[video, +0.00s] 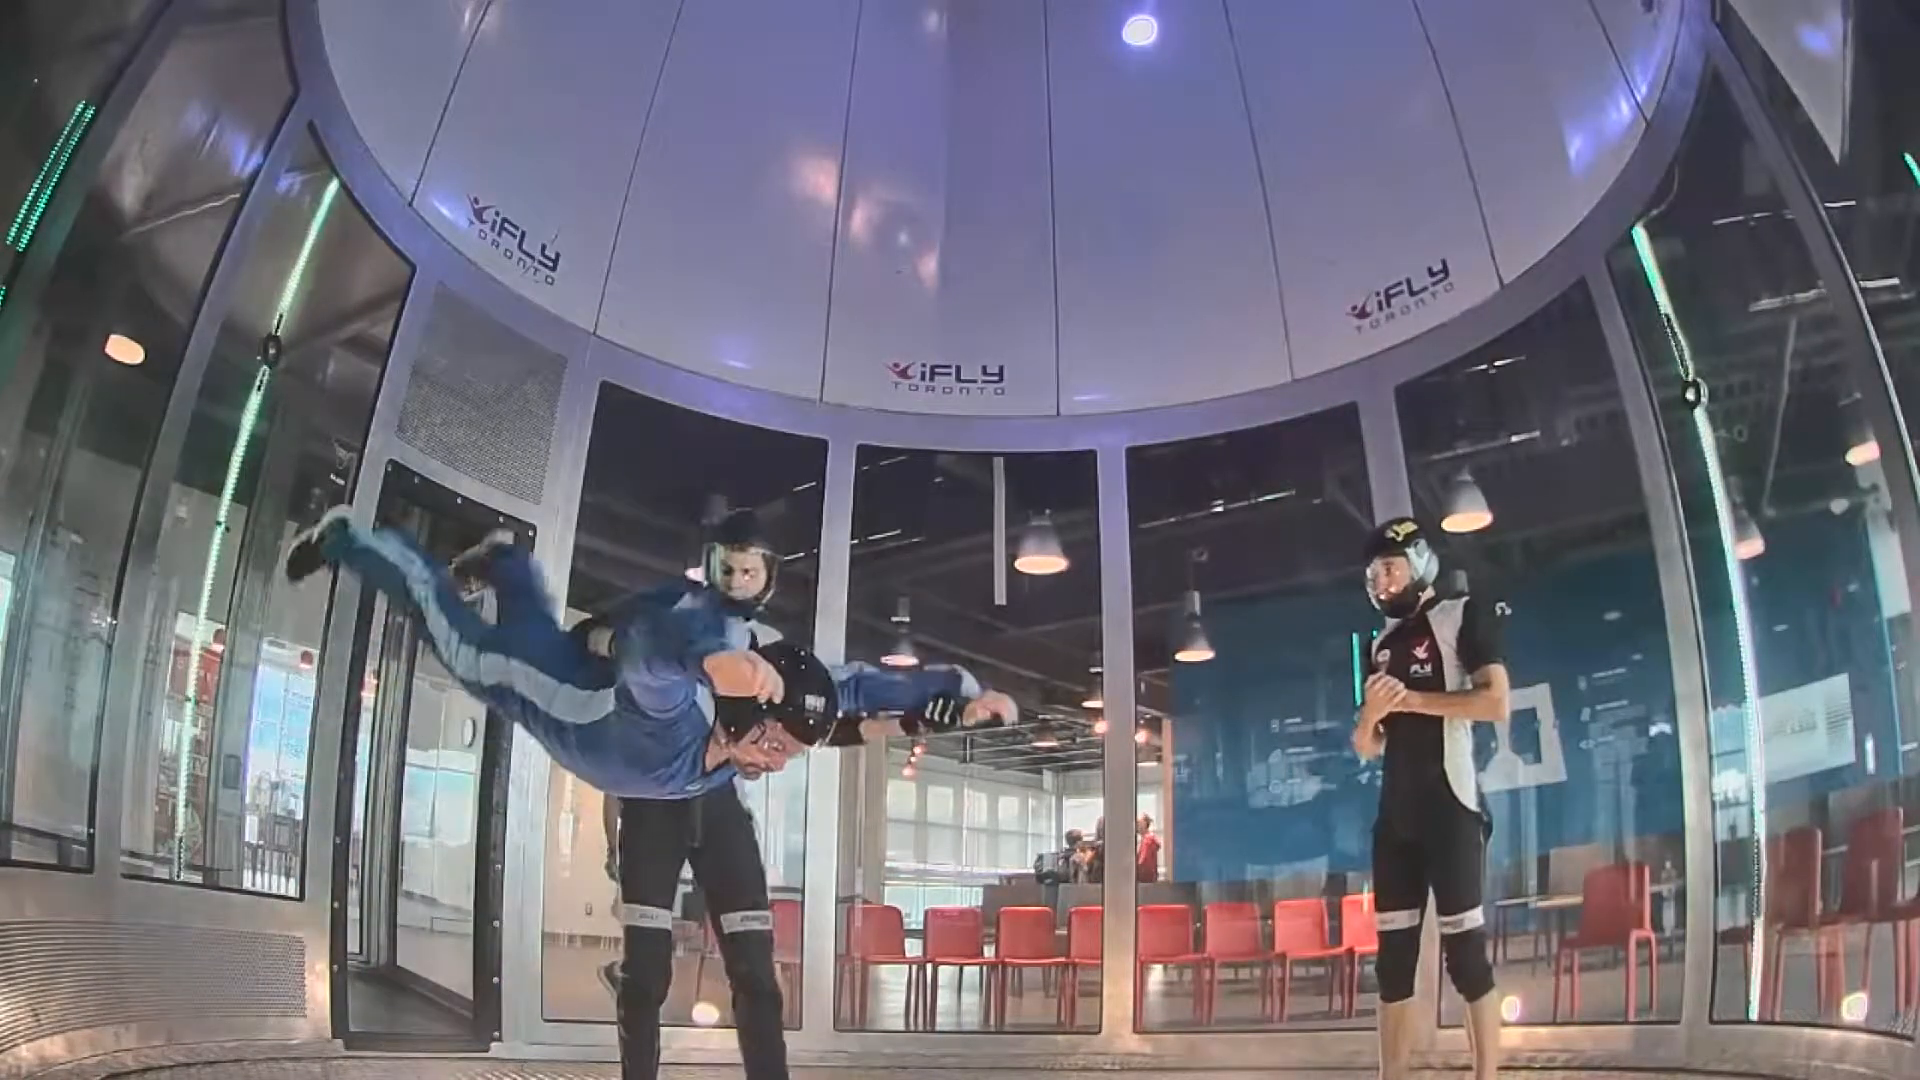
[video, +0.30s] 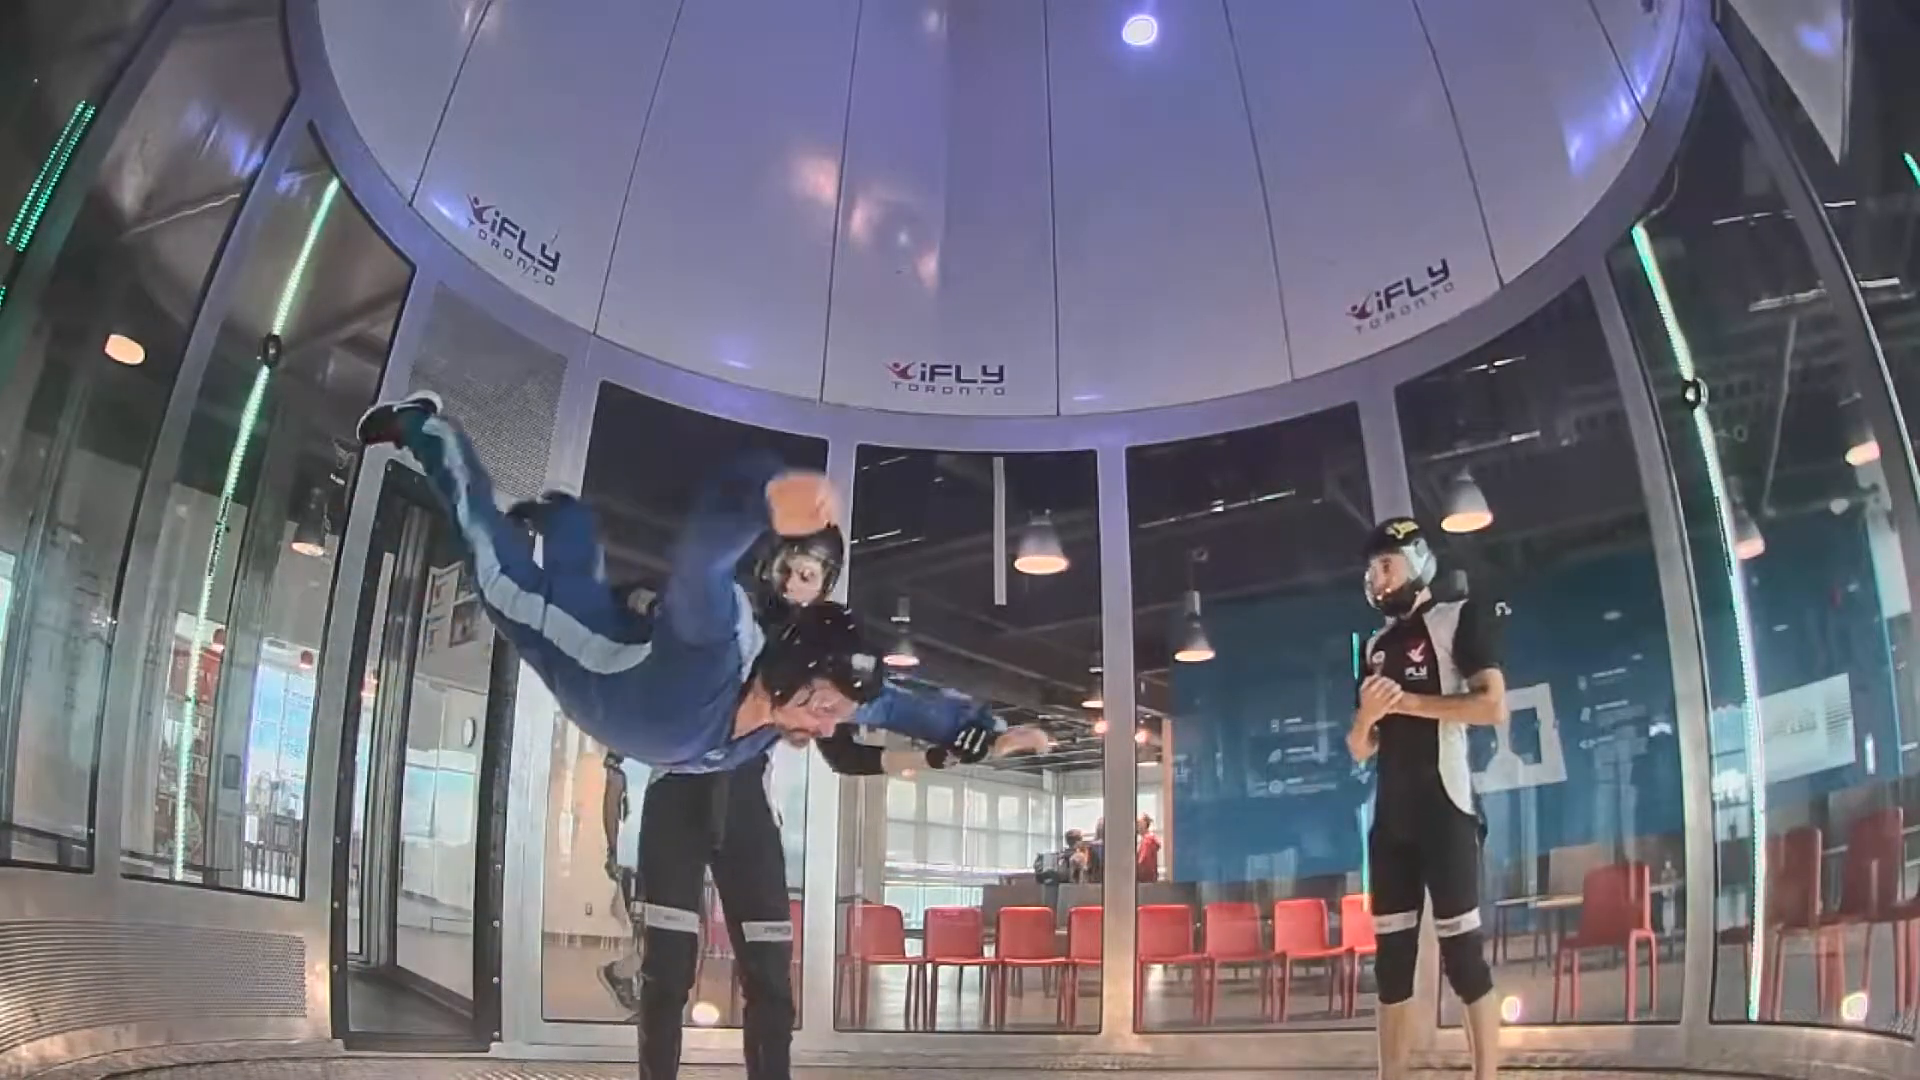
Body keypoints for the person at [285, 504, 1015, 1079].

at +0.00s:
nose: (774, 759)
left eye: (789, 753)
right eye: (775, 739)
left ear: (781, 751)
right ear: (753, 720)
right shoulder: (686, 700)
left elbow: (868, 691)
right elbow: (660, 633)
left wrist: (956, 692)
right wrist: (714, 647)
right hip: (583, 698)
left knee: (534, 654)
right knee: (463, 651)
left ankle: (504, 554)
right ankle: (359, 541)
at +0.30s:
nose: (826, 730)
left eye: (840, 720)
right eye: (825, 709)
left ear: (836, 711)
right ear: (796, 674)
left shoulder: (778, 709)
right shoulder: (715, 645)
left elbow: (889, 704)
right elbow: (701, 561)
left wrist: (985, 731)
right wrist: (759, 498)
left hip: (623, 664)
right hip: (572, 641)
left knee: (575, 588)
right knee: (493, 556)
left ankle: (558, 509)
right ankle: (429, 430)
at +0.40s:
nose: (886, 688)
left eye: (898, 677)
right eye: (885, 664)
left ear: (892, 677)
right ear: (852, 637)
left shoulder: (827, 694)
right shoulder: (764, 611)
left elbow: (932, 685)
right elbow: (745, 501)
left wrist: (1019, 695)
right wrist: (827, 432)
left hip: (615, 682)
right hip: (600, 619)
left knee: (528, 611)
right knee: (498, 542)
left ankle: (472, 544)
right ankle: (421, 421)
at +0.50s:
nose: (914, 674)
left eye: (926, 667)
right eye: (910, 651)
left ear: (918, 677)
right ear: (876, 624)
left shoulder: (848, 692)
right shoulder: (793, 614)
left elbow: (955, 678)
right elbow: (780, 493)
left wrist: (1040, 669)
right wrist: (864, 403)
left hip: (659, 670)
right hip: (610, 637)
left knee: (560, 601)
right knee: (503, 559)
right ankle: (412, 430)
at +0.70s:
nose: (1024, 655)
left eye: (1039, 644)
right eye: (1022, 631)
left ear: (1014, 641)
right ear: (982, 597)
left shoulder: (929, 673)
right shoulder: (886, 578)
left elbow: (1017, 625)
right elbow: (882, 447)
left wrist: (1092, 617)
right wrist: (970, 345)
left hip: (692, 722)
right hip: (659, 658)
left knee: (585, 674)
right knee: (510, 599)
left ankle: (548, 699)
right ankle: (367, 516)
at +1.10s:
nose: (1129, 670)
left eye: (1141, 662)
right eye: (1135, 649)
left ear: (1113, 645)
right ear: (1106, 613)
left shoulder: (1021, 680)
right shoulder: (1023, 594)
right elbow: (1054, 463)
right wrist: (1201, 395)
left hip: (794, 712)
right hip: (779, 693)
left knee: (620, 677)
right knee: (597, 694)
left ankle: (419, 602)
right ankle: (340, 601)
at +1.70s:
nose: (1204, 739)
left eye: (1216, 730)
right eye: (1209, 719)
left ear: (1183, 724)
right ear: (1184, 700)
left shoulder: (1081, 777)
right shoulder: (1106, 702)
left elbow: (957, 695)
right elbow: (1178, 571)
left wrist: (914, 663)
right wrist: (1354, 536)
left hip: (805, 773)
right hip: (825, 715)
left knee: (645, 647)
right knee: (669, 604)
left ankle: (551, 572)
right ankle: (503, 362)